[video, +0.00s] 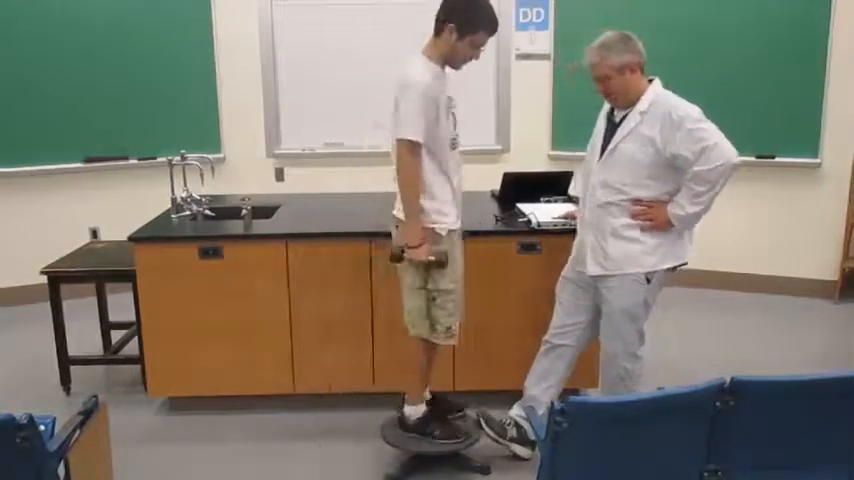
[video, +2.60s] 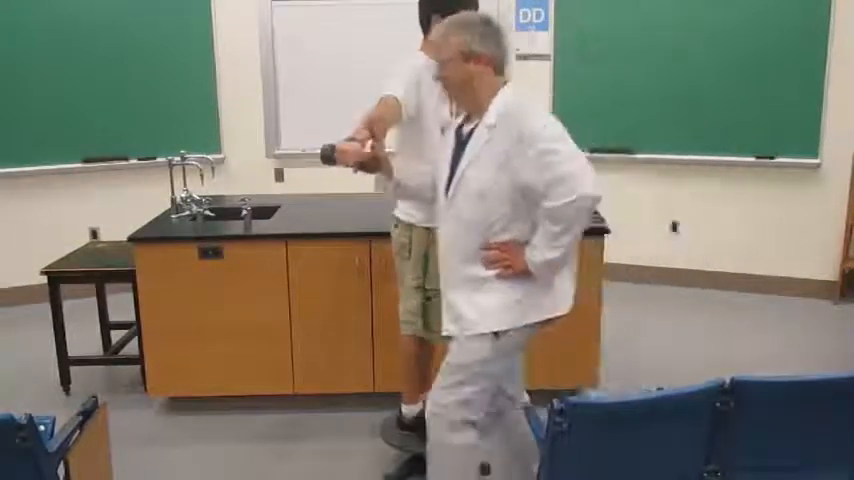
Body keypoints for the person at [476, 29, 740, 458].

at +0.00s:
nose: (600, 89)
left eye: (604, 80)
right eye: (596, 81)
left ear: (632, 70)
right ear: (617, 74)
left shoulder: (671, 112)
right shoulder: (610, 112)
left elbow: (720, 158)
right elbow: (599, 169)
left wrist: (676, 212)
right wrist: (587, 205)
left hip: (634, 257)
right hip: (591, 249)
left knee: (621, 356)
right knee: (562, 338)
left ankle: (614, 441)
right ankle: (529, 424)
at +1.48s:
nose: (610, 62)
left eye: (619, 54)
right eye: (607, 53)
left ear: (649, 56)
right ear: (603, 55)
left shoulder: (684, 109)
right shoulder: (591, 108)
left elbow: (738, 154)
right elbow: (558, 153)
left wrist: (691, 207)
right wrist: (524, 171)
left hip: (648, 261)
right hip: (594, 258)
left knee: (642, 364)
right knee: (598, 358)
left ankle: (642, 447)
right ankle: (599, 439)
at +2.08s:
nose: (584, 67)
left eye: (593, 57)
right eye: (581, 57)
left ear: (629, 58)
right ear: (580, 59)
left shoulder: (677, 118)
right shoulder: (564, 119)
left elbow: (737, 164)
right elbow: (515, 156)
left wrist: (685, 225)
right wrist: (459, 158)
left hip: (640, 293)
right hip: (570, 290)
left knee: (645, 410)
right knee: (563, 407)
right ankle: (560, 474)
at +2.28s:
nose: (539, 72)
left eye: (549, 62)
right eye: (538, 62)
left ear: (585, 65)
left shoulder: (633, 124)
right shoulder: (528, 127)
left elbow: (695, 177)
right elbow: (492, 170)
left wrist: (646, 241)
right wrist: (437, 161)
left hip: (605, 301)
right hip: (537, 299)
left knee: (618, 412)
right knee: (534, 407)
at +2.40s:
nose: (492, 73)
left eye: (500, 61)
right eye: (491, 62)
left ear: (538, 60)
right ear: (528, 62)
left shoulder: (584, 119)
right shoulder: (497, 121)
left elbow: (640, 178)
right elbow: (469, 179)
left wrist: (591, 245)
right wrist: (415, 164)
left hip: (554, 306)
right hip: (502, 302)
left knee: (538, 425)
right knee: (514, 420)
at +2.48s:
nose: (492, 73)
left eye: (500, 61)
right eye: (491, 62)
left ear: (538, 60)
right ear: (528, 62)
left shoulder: (584, 119)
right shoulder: (497, 121)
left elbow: (640, 178)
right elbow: (469, 179)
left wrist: (591, 245)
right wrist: (415, 164)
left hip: (550, 305)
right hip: (501, 300)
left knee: (535, 423)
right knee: (512, 417)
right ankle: (525, 476)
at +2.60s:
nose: (436, 76)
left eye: (442, 64)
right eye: (436, 65)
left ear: (479, 63)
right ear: (475, 64)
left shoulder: (525, 121)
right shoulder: (463, 126)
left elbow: (577, 190)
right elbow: (442, 190)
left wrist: (537, 256)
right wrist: (384, 167)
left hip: (507, 303)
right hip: (470, 300)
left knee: (448, 410)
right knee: (501, 409)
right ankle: (529, 475)